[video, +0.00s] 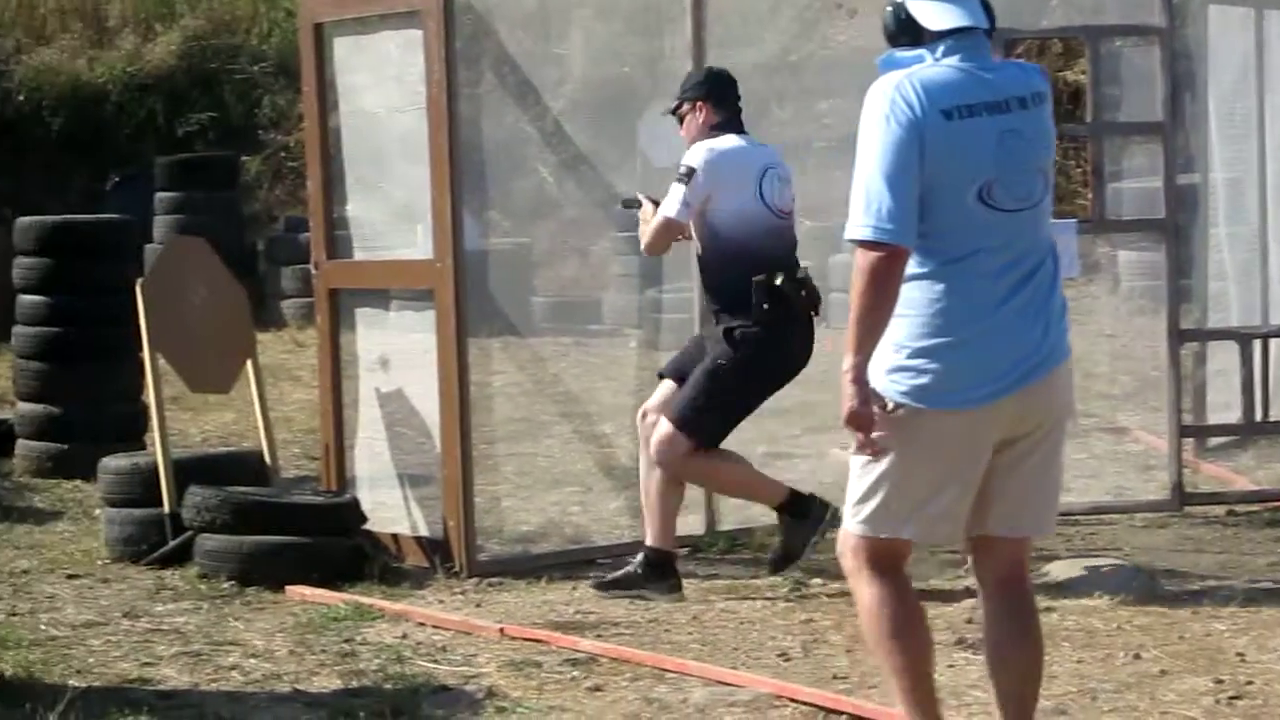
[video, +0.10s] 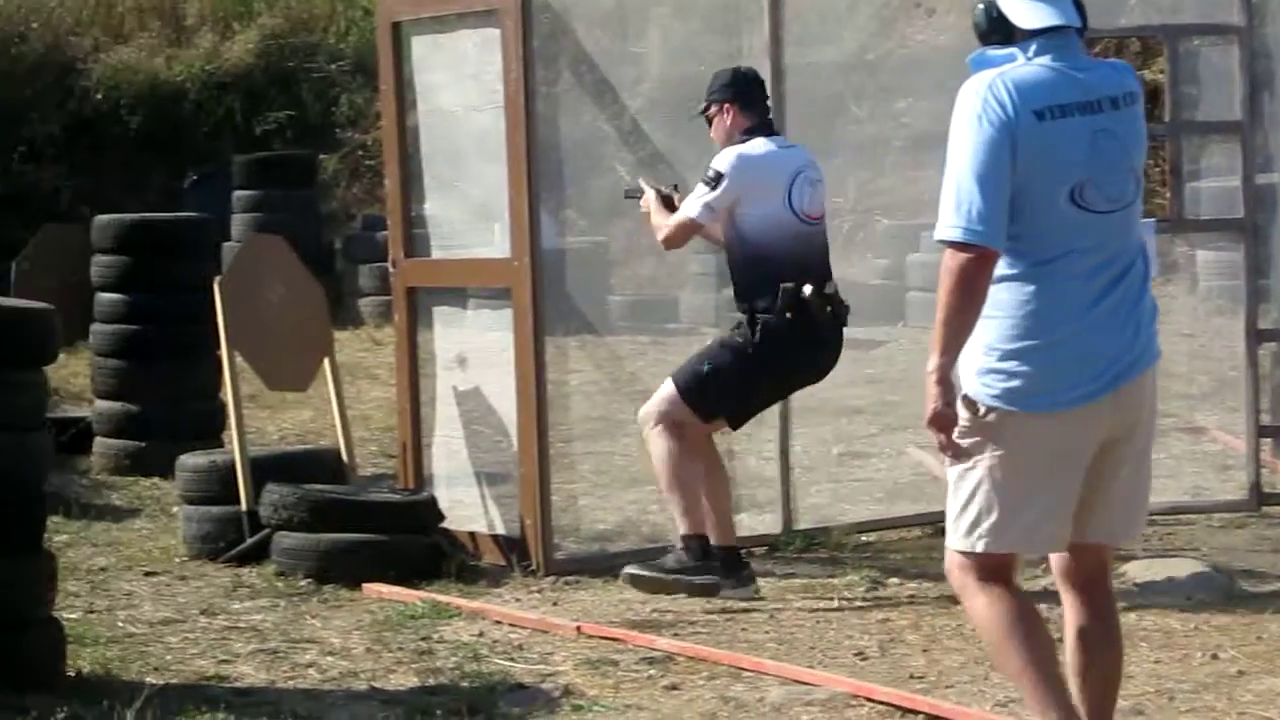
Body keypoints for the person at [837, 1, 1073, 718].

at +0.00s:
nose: (893, 33)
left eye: (896, 23)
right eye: (898, 25)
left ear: (908, 24)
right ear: (985, 24)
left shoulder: (901, 91)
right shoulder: (1033, 86)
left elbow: (883, 249)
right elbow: (1021, 214)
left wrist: (854, 372)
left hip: (934, 368)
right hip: (1038, 362)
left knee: (871, 554)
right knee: (1005, 563)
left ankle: (920, 711)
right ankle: (1018, 715)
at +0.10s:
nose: (981, 25)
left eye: (986, 17)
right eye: (985, 18)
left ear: (998, 19)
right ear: (1075, 19)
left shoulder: (992, 90)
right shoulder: (1123, 84)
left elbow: (972, 250)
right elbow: (1113, 210)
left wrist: (940, 369)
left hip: (1024, 369)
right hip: (1126, 362)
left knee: (977, 568)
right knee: (1087, 570)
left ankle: (1058, 713)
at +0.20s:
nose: (1039, 24)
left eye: (1044, 16)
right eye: (1042, 18)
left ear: (1057, 18)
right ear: (1134, 18)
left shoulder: (1052, 92)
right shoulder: (1184, 87)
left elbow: (1029, 253)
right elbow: (1177, 216)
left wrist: (994, 371)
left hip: (1086, 378)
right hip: (1185, 366)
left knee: (1068, 586)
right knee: (1140, 573)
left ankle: (1133, 710)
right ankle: (1146, 716)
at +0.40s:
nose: (1061, 26)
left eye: (1065, 17)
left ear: (1080, 17)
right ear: (1162, 15)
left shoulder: (1080, 94)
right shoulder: (1211, 85)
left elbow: (1054, 263)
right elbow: (1204, 216)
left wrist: (1016, 381)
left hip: (1120, 385)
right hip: (1216, 372)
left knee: (1128, 607)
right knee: (1166, 594)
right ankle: (1173, 710)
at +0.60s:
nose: (1089, 22)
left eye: (1094, 15)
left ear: (1108, 15)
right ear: (1187, 13)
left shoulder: (1100, 89)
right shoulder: (1233, 81)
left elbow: (1073, 261)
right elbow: (1231, 210)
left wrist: (1036, 382)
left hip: (1140, 390)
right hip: (1246, 373)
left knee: (1137, 614)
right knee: (1191, 590)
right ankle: (1182, 710)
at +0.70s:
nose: (1107, 17)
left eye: (1112, 13)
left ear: (1125, 13)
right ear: (1204, 12)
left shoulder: (1118, 89)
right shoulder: (1254, 82)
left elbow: (1089, 258)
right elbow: (1262, 218)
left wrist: (1055, 382)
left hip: (1155, 393)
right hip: (1257, 379)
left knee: (1143, 609)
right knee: (1209, 573)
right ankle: (1220, 713)